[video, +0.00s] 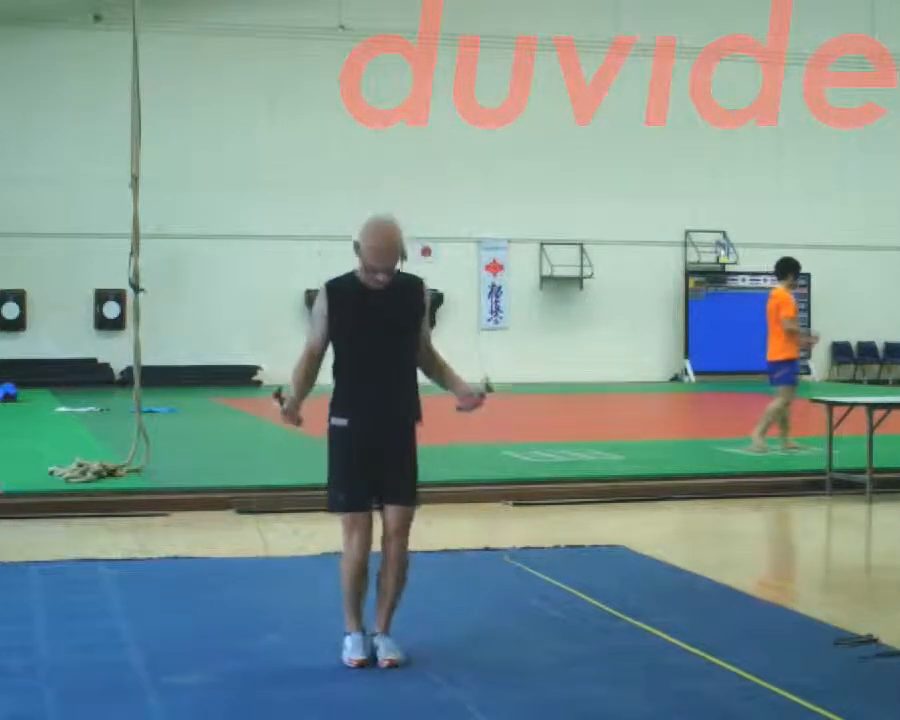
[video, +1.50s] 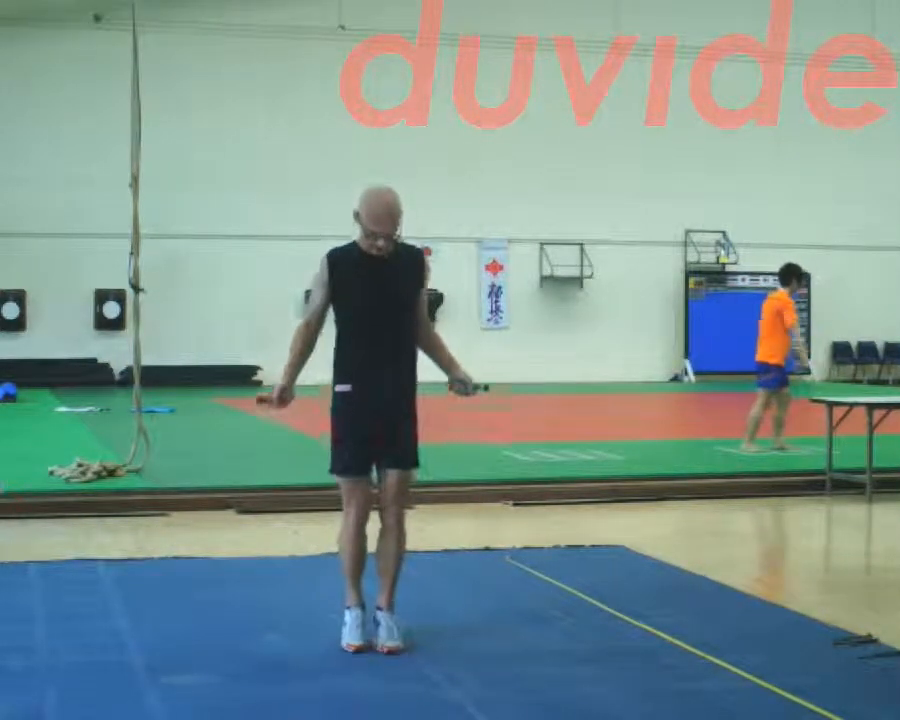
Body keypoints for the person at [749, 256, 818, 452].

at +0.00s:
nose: (797, 280)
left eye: (797, 276)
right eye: (796, 276)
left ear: (780, 275)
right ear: (790, 276)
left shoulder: (776, 295)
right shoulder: (785, 297)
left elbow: (782, 327)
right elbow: (788, 325)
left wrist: (801, 340)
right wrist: (807, 336)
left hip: (778, 354)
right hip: (784, 354)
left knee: (785, 397)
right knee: (784, 396)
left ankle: (785, 438)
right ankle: (758, 433)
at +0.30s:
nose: (801, 280)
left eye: (801, 276)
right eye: (800, 276)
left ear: (785, 275)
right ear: (794, 275)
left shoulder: (781, 294)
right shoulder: (787, 295)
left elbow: (791, 328)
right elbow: (793, 323)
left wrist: (812, 329)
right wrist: (813, 321)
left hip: (783, 352)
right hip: (784, 352)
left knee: (784, 396)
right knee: (781, 394)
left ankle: (786, 440)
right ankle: (755, 432)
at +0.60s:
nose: (796, 283)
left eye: (797, 279)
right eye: (795, 278)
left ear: (784, 277)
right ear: (786, 276)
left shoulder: (782, 297)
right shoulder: (775, 294)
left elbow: (789, 327)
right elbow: (784, 320)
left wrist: (810, 326)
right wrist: (803, 312)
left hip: (782, 355)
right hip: (773, 355)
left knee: (781, 400)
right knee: (764, 397)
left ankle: (785, 440)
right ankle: (746, 438)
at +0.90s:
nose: (787, 282)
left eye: (787, 278)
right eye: (786, 278)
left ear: (773, 277)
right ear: (778, 277)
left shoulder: (772, 297)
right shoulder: (767, 296)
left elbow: (774, 326)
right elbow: (771, 324)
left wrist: (794, 327)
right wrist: (793, 319)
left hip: (770, 358)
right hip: (762, 358)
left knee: (777, 398)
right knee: (752, 400)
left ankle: (783, 440)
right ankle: (743, 442)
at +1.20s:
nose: (784, 282)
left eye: (784, 278)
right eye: (783, 278)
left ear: (767, 277)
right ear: (777, 278)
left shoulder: (763, 297)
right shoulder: (769, 298)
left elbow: (783, 321)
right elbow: (785, 321)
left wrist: (800, 316)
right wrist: (801, 314)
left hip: (766, 357)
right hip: (765, 358)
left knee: (775, 400)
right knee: (753, 400)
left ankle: (780, 440)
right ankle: (744, 442)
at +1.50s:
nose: (801, 286)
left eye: (801, 281)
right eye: (800, 281)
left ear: (783, 280)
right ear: (793, 281)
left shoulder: (771, 299)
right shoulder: (785, 302)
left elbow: (767, 331)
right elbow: (794, 333)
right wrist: (804, 359)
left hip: (766, 357)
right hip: (773, 359)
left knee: (783, 398)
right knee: (763, 399)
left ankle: (778, 439)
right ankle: (748, 441)